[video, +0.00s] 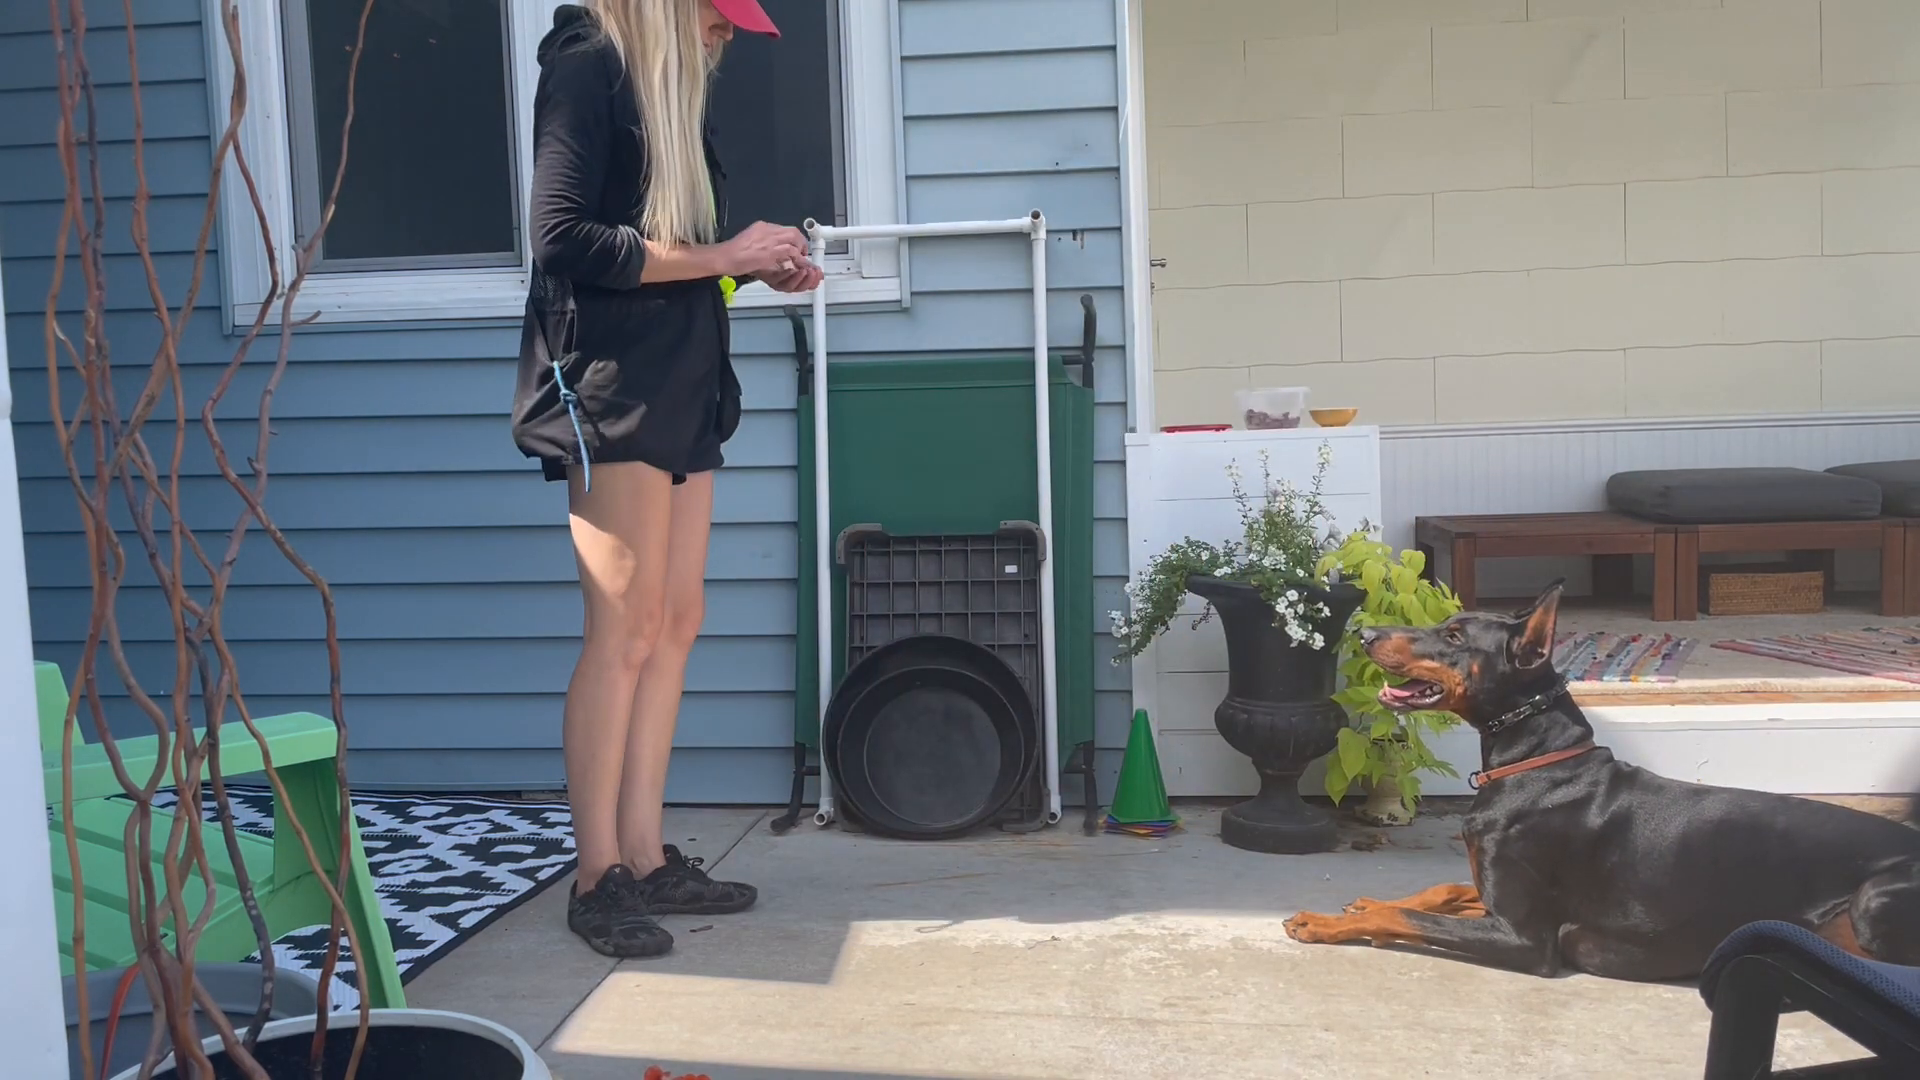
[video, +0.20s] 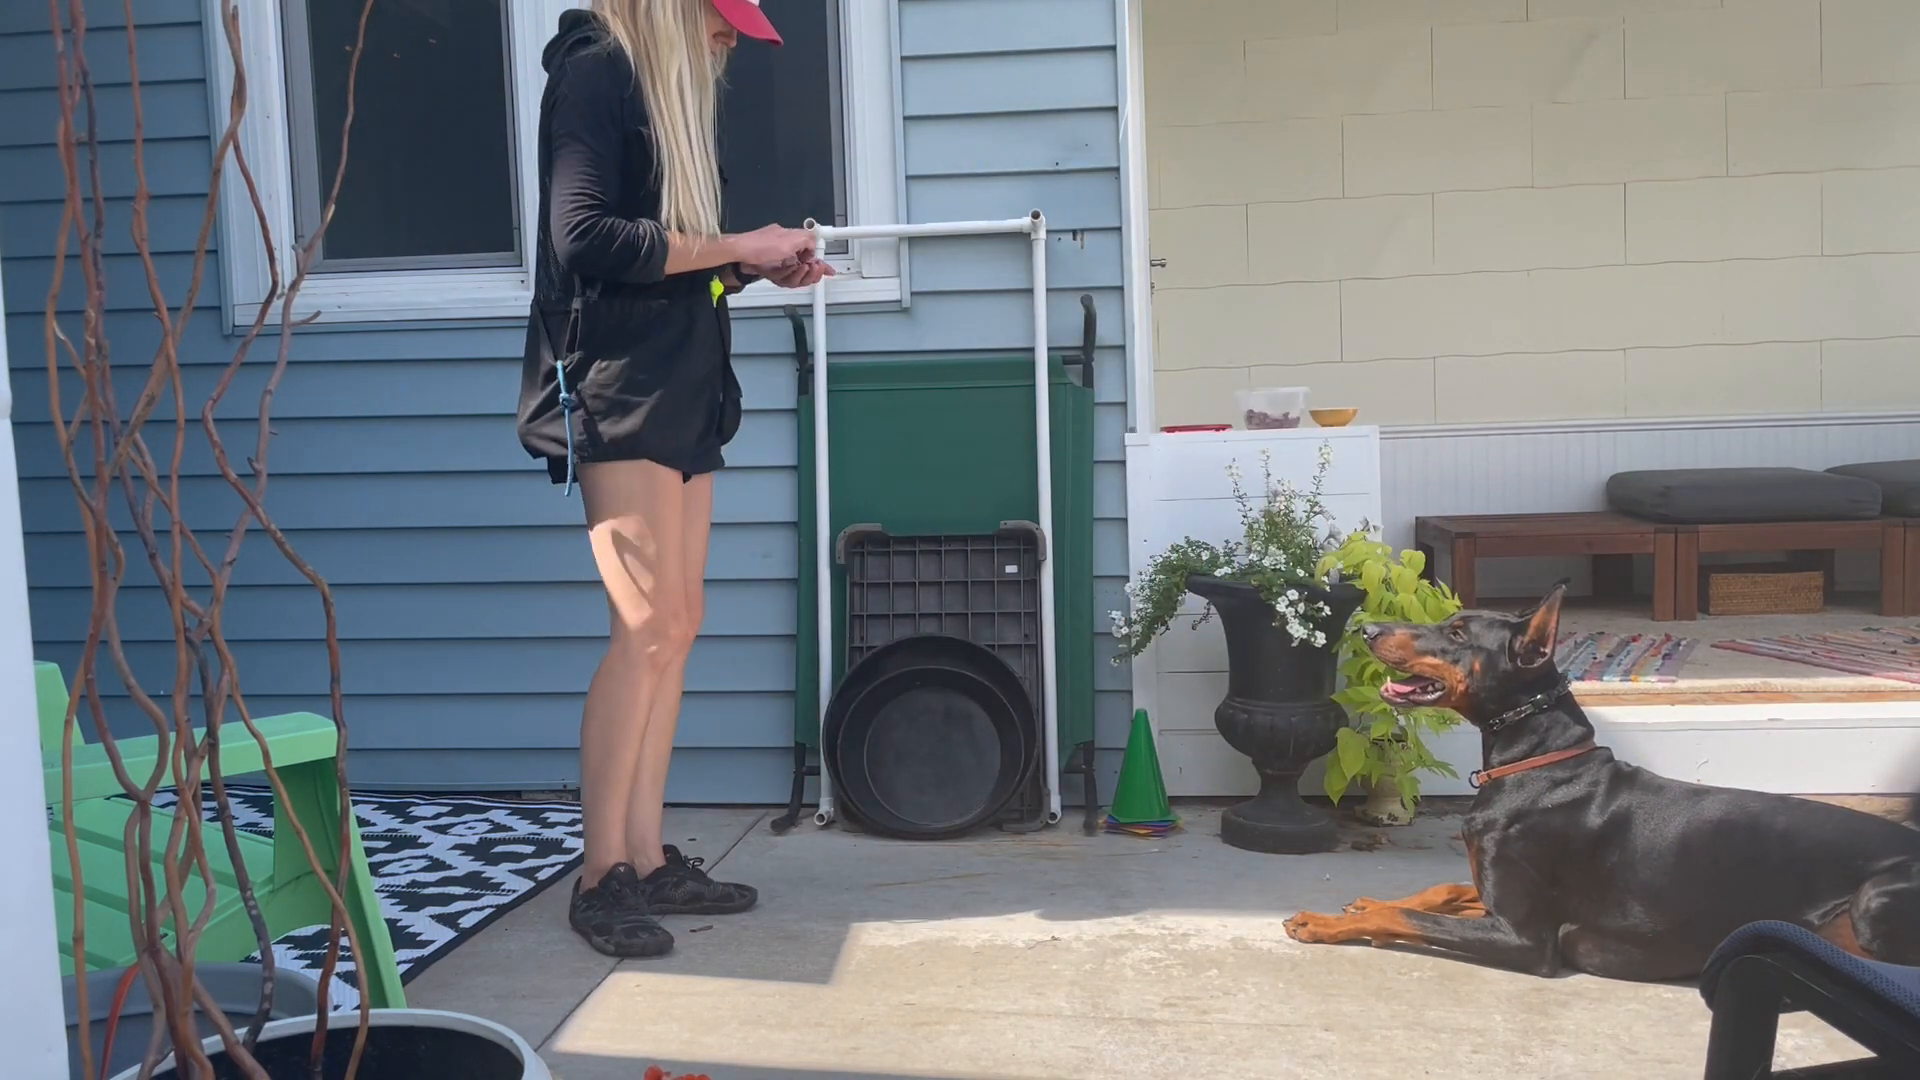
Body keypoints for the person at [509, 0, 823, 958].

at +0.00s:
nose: (722, 38)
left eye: (727, 27)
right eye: (715, 21)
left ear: (684, 8)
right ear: (671, 2)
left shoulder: (665, 67)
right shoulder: (588, 56)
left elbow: (658, 236)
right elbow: (558, 244)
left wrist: (745, 258)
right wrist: (723, 257)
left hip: (684, 367)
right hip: (616, 373)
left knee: (674, 622)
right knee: (622, 630)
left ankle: (644, 858)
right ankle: (594, 880)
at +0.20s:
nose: (726, 43)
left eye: (730, 31)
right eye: (718, 26)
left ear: (685, 15)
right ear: (671, 8)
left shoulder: (666, 77)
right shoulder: (598, 69)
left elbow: (657, 244)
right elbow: (578, 240)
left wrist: (753, 261)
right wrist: (733, 247)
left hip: (683, 374)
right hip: (620, 378)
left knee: (678, 622)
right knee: (645, 625)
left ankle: (647, 860)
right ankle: (599, 879)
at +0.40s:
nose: (736, 46)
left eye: (740, 34)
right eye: (729, 28)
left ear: (687, 15)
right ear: (681, 8)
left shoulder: (667, 80)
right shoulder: (613, 70)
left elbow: (663, 252)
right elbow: (596, 235)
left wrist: (756, 270)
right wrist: (739, 243)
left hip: (670, 377)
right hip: (631, 377)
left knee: (689, 616)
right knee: (690, 616)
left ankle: (646, 853)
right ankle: (618, 872)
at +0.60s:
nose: (752, 41)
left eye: (756, 29)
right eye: (748, 23)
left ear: (700, 6)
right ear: (704, 5)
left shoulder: (672, 73)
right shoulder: (630, 66)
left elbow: (664, 239)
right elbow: (613, 234)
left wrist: (757, 275)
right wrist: (750, 256)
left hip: (669, 370)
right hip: (634, 371)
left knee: (670, 621)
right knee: (693, 616)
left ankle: (636, 865)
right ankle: (681, 884)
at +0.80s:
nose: (776, 44)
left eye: (780, 31)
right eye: (771, 26)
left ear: (716, 7)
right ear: (726, 10)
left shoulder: (685, 75)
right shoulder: (653, 73)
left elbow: (681, 237)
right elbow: (630, 243)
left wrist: (768, 277)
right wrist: (758, 260)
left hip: (663, 375)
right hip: (647, 378)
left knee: (668, 625)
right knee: (692, 622)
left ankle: (637, 864)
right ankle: (683, 886)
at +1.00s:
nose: (807, 34)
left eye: (811, 22)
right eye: (801, 17)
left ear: (747, 6)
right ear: (751, 5)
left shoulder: (712, 67)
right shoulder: (672, 67)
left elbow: (716, 231)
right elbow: (658, 249)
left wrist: (793, 277)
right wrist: (778, 264)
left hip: (674, 372)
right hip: (657, 376)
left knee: (670, 628)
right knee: (696, 626)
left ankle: (639, 863)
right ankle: (684, 886)